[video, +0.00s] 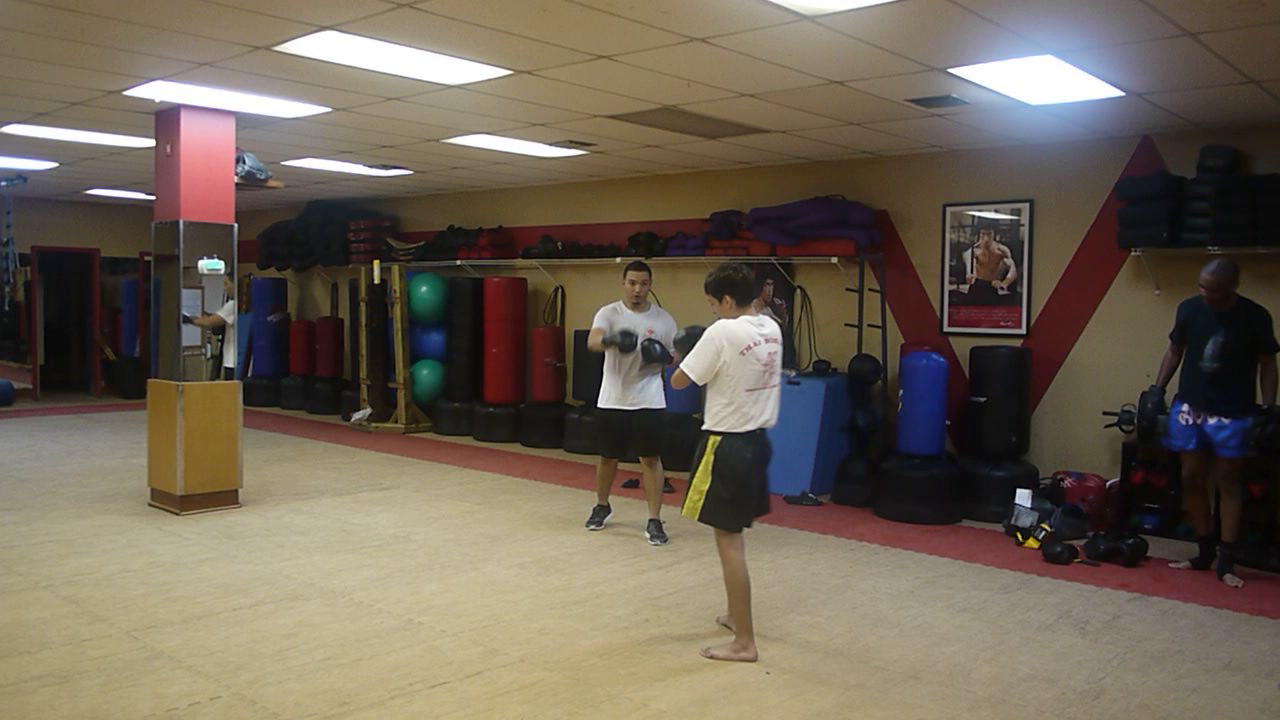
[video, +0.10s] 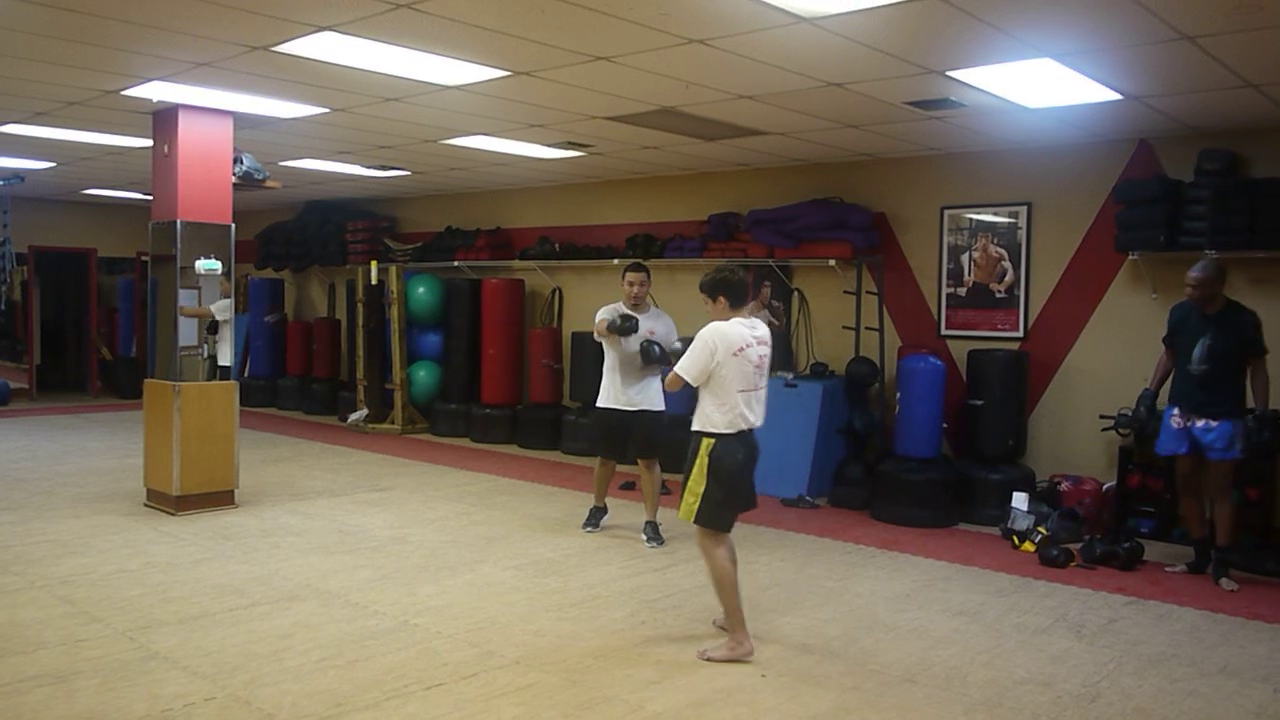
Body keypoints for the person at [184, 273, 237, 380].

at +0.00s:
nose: (224, 288)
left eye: (226, 284)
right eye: (224, 284)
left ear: (235, 285)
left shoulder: (234, 304)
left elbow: (211, 322)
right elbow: (218, 318)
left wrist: (191, 320)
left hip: (233, 366)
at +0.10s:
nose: (221, 288)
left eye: (222, 284)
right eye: (221, 284)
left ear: (231, 284)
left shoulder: (229, 304)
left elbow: (205, 312)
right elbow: (206, 311)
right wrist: (181, 310)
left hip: (228, 364)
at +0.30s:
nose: (215, 290)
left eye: (217, 286)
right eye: (216, 286)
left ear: (227, 287)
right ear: (226, 288)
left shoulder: (225, 305)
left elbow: (199, 313)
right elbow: (200, 313)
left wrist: (175, 312)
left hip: (223, 366)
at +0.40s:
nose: (216, 289)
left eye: (217, 285)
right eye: (216, 285)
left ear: (227, 286)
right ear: (227, 287)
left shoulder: (223, 306)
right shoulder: (240, 304)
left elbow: (197, 320)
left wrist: (176, 320)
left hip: (223, 365)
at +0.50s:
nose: (215, 289)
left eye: (217, 285)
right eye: (215, 285)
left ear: (226, 286)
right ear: (226, 287)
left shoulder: (220, 307)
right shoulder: (240, 305)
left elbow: (203, 325)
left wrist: (180, 331)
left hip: (221, 364)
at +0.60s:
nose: (215, 287)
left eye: (217, 283)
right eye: (215, 283)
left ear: (226, 284)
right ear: (227, 285)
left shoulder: (221, 306)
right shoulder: (239, 303)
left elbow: (209, 331)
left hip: (221, 362)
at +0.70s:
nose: (214, 288)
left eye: (217, 283)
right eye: (215, 284)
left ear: (226, 284)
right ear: (227, 285)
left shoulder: (222, 308)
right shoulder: (242, 304)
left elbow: (213, 340)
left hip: (221, 365)